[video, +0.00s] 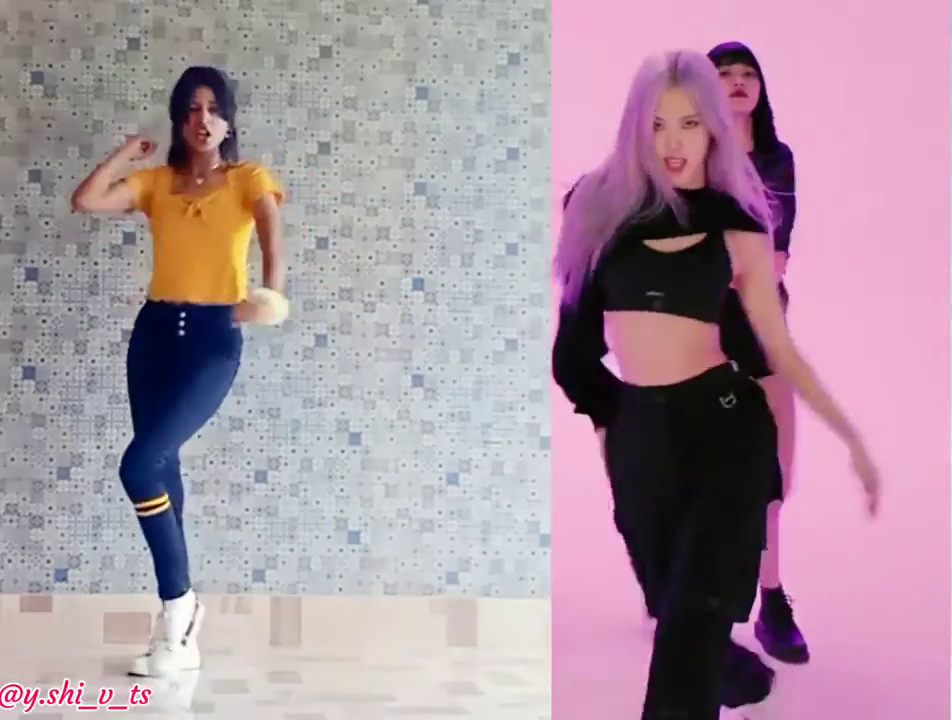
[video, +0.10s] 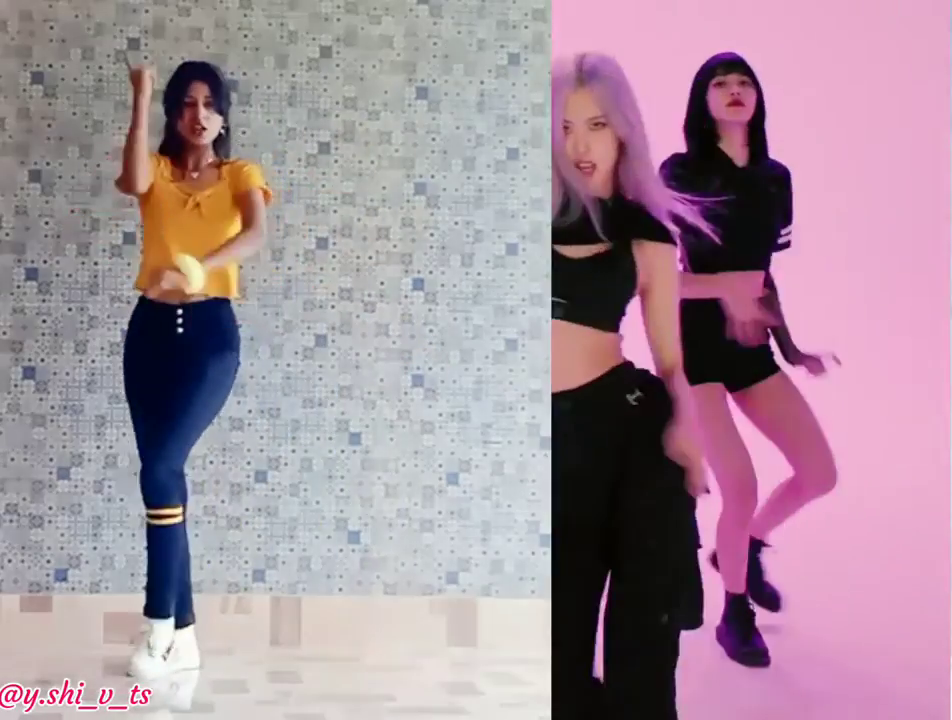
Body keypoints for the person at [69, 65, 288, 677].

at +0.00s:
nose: (202, 118)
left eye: (212, 109)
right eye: (191, 109)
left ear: (227, 119)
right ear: (176, 119)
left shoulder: (248, 177)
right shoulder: (156, 180)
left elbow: (271, 231)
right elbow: (86, 199)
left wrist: (271, 289)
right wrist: (125, 151)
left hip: (215, 340)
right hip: (153, 337)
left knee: (138, 467)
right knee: (165, 481)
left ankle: (178, 601)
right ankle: (175, 620)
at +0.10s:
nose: (198, 113)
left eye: (208, 105)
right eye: (187, 104)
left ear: (223, 115)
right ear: (171, 112)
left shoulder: (240, 172)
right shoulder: (153, 167)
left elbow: (257, 234)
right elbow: (134, 182)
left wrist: (200, 267)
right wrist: (141, 104)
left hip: (211, 337)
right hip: (148, 335)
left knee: (160, 467)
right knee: (163, 479)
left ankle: (159, 624)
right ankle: (183, 635)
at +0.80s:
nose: (208, 90)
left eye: (219, 83)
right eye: (196, 83)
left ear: (236, 103)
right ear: (180, 102)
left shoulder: (258, 157)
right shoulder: (160, 166)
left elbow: (279, 200)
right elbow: (177, 190)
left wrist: (197, 199)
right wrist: (177, 90)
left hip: (231, 349)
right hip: (165, 341)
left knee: (225, 524)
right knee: (171, 507)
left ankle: (128, 621)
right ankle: (160, 672)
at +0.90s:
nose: (224, 89)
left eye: (234, 81)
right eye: (213, 83)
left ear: (249, 102)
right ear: (195, 101)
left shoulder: (271, 154)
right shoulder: (174, 168)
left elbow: (293, 192)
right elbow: (184, 186)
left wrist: (206, 191)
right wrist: (198, 82)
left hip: (243, 351)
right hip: (175, 345)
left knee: (298, 499)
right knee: (175, 506)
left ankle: (200, 590)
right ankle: (160, 671)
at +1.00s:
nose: (248, 87)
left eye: (257, 79)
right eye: (233, 75)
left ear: (267, 94)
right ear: (211, 92)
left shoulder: (285, 149)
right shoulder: (191, 158)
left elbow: (310, 172)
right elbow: (211, 151)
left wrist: (234, 162)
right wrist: (250, 74)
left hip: (265, 348)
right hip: (197, 345)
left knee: (351, 478)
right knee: (185, 503)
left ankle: (299, 599)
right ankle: (162, 671)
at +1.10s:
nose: (259, 78)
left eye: (271, 70)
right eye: (244, 69)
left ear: (288, 90)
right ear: (224, 89)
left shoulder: (302, 151)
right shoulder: (205, 151)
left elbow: (340, 168)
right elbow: (223, 164)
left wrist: (294, 121)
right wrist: (296, 113)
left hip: (298, 341)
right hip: (226, 341)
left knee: (370, 487)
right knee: (202, 506)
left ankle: (387, 622)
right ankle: (165, 670)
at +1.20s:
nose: (284, 99)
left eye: (295, 92)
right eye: (271, 92)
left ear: (311, 109)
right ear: (251, 108)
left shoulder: (325, 174)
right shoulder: (229, 164)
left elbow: (361, 181)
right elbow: (256, 185)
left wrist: (363, 99)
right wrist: (332, 166)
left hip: (330, 349)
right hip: (261, 353)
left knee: (377, 503)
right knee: (230, 516)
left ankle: (415, 645)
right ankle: (169, 671)